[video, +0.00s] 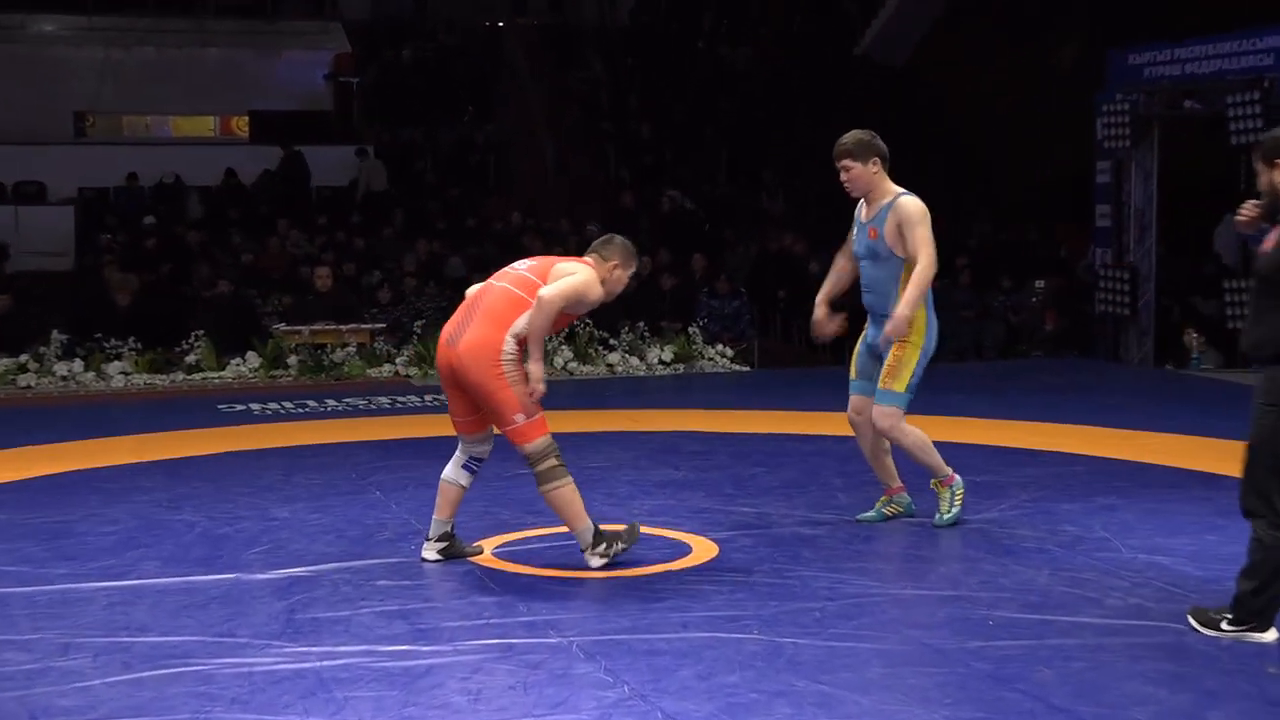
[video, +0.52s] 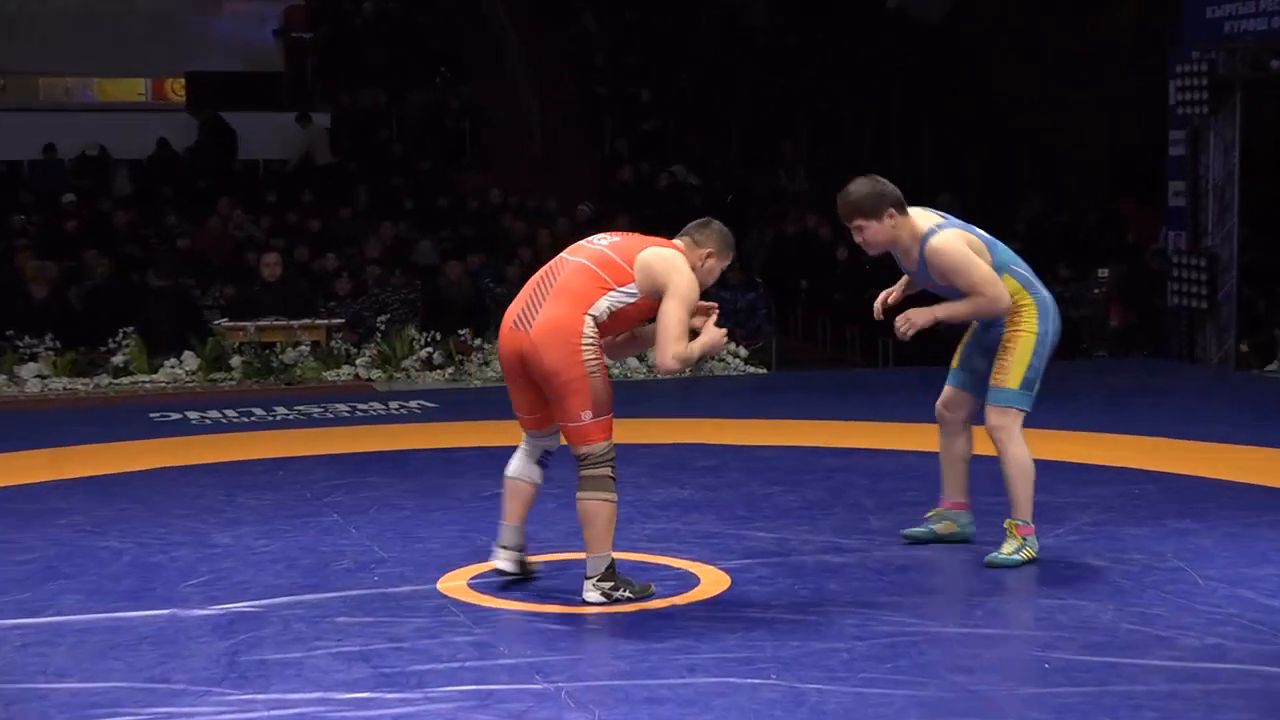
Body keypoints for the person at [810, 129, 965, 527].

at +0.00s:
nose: (843, 178)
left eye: (848, 169)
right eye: (840, 171)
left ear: (875, 166)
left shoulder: (908, 208)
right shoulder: (862, 209)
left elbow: (927, 262)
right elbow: (848, 259)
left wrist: (902, 314)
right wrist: (822, 300)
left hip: (910, 325)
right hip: (875, 325)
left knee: (887, 420)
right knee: (859, 414)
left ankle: (948, 481)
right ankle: (895, 494)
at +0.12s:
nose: (832, 183)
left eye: (837, 174)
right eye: (830, 176)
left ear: (865, 169)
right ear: (858, 172)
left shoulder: (907, 207)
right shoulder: (860, 209)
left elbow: (940, 264)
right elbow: (881, 265)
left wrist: (892, 308)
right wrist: (849, 303)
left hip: (934, 315)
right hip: (898, 317)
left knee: (906, 407)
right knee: (877, 409)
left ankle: (959, 487)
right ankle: (905, 499)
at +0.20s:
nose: (831, 190)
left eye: (835, 180)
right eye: (828, 182)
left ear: (863, 174)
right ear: (851, 178)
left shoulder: (905, 209)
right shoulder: (860, 211)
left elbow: (953, 257)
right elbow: (882, 257)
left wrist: (905, 287)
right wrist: (880, 291)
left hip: (951, 313)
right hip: (912, 318)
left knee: (925, 405)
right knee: (893, 409)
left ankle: (968, 498)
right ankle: (912, 503)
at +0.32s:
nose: (836, 205)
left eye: (841, 195)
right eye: (832, 197)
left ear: (870, 187)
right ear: (860, 192)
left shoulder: (914, 219)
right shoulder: (869, 222)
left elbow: (974, 256)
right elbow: (904, 258)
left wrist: (929, 293)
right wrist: (888, 289)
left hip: (973, 314)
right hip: (934, 318)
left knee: (957, 412)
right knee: (910, 412)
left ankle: (996, 517)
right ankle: (923, 510)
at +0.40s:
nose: (843, 215)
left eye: (848, 206)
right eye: (839, 208)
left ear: (878, 196)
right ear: (869, 200)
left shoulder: (924, 230)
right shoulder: (881, 227)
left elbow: (985, 265)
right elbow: (913, 257)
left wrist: (935, 300)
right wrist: (895, 288)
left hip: (993, 312)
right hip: (953, 315)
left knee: (976, 416)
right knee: (926, 413)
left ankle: (1008, 524)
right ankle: (930, 514)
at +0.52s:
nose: (856, 238)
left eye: (860, 228)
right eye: (852, 230)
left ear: (891, 217)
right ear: (888, 218)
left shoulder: (942, 249)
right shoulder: (903, 231)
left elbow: (997, 301)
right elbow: (926, 261)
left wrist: (933, 312)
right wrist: (904, 286)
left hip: (1026, 313)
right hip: (986, 314)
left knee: (1002, 422)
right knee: (951, 411)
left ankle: (1023, 534)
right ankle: (954, 514)